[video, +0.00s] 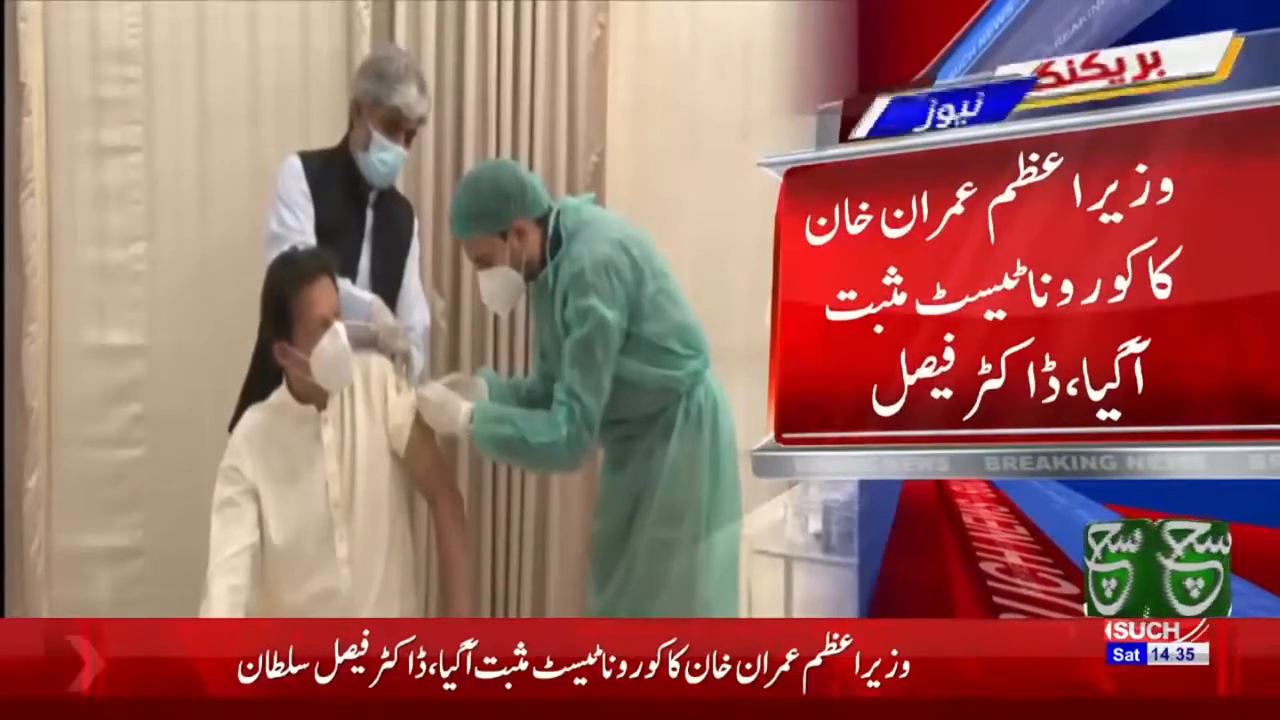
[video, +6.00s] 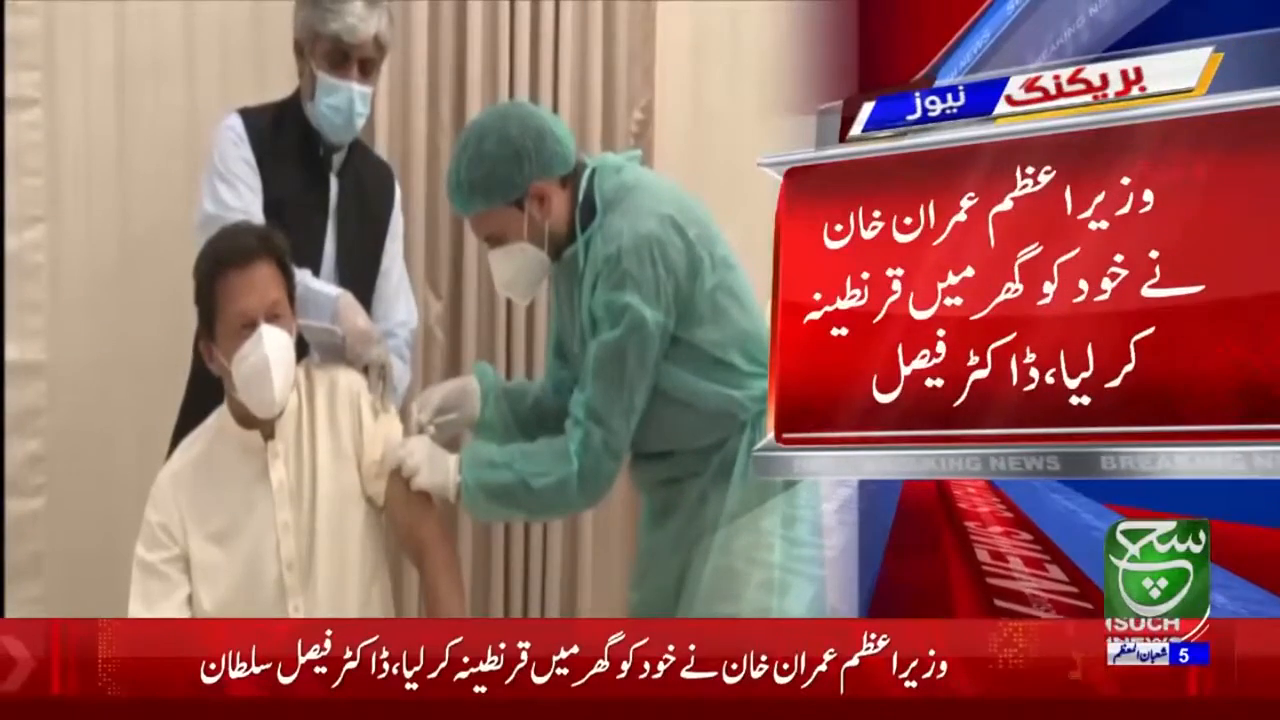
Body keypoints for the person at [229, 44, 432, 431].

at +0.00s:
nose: (399, 147)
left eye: (410, 136)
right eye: (390, 130)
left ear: (419, 133)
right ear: (358, 115)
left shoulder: (402, 214)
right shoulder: (302, 172)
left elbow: (413, 312)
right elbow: (293, 270)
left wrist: (407, 389)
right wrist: (371, 311)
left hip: (370, 385)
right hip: (296, 375)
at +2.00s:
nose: (402, 150)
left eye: (416, 140)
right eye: (393, 132)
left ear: (426, 140)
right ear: (365, 115)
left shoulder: (409, 216)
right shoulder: (310, 171)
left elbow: (422, 316)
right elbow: (294, 269)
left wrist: (417, 395)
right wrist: (371, 310)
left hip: (372, 388)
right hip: (298, 375)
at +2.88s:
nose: (407, 155)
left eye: (421, 145)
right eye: (399, 136)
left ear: (430, 145)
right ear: (371, 118)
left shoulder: (412, 218)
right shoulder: (314, 172)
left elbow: (425, 321)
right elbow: (296, 269)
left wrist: (419, 403)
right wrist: (371, 312)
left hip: (372, 391)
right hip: (297, 377)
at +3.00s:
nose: (347, 74)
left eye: (359, 57)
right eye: (330, 55)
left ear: (372, 54)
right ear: (293, 46)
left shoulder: (376, 163)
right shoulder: (240, 120)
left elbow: (391, 293)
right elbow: (228, 244)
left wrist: (374, 374)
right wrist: (330, 291)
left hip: (332, 388)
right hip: (236, 374)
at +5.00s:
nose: (351, 80)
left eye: (364, 63)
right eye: (335, 60)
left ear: (378, 65)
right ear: (299, 53)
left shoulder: (378, 176)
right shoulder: (244, 131)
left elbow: (395, 309)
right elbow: (234, 255)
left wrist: (378, 394)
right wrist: (335, 302)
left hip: (335, 402)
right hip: (239, 387)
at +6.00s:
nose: (352, 83)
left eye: (367, 67)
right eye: (336, 62)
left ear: (382, 68)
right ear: (302, 52)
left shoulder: (380, 179)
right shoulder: (244, 136)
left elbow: (395, 315)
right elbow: (233, 260)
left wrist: (377, 409)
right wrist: (334, 306)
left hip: (335, 406)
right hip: (239, 390)